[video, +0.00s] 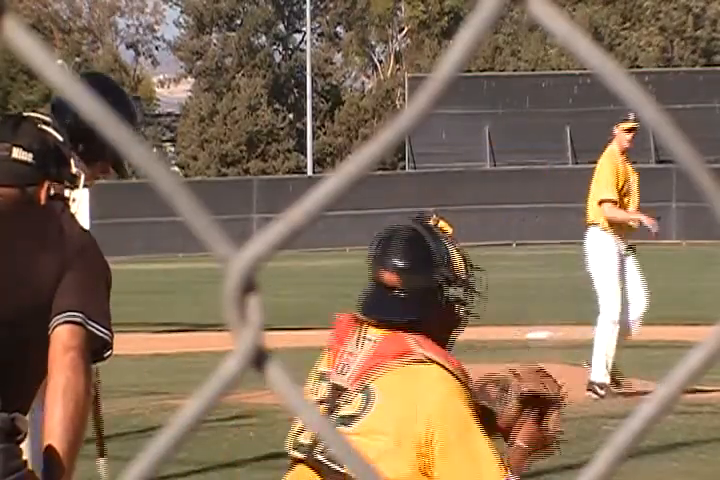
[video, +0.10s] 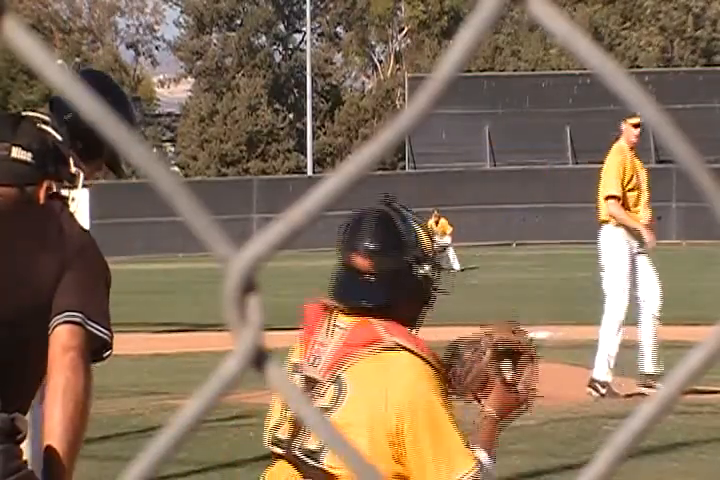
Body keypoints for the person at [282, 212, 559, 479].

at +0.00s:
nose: (459, 308)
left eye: (457, 294)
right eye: (452, 294)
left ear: (379, 291)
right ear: (434, 302)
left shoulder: (343, 349)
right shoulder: (435, 388)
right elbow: (481, 473)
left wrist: (476, 418)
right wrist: (522, 448)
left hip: (305, 468)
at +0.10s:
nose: (430, 291)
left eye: (429, 279)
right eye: (423, 278)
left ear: (347, 275)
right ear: (405, 286)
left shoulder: (316, 338)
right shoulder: (406, 376)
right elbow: (460, 474)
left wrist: (444, 379)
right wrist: (492, 417)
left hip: (281, 471)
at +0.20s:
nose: (400, 276)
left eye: (399, 264)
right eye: (394, 264)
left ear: (320, 263)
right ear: (374, 273)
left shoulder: (289, 322)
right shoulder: (381, 356)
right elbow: (442, 470)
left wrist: (421, 347)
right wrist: (469, 382)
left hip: (266, 468)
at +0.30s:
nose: (376, 259)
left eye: (375, 247)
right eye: (369, 247)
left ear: (293, 250)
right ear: (349, 256)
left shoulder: (262, 314)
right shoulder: (358, 345)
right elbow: (442, 437)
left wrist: (402, 327)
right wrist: (452, 339)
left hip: (250, 470)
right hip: (326, 473)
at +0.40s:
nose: (354, 244)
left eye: (353, 231)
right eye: (345, 232)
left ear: (278, 244)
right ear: (319, 243)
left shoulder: (245, 312)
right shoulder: (338, 334)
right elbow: (437, 387)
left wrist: (376, 332)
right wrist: (439, 295)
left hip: (237, 466)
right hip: (308, 471)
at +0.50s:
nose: (333, 242)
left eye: (332, 228)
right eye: (326, 228)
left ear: (258, 229)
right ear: (303, 236)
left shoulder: (230, 303)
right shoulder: (313, 320)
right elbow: (410, 336)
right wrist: (416, 238)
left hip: (229, 464)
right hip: (302, 470)